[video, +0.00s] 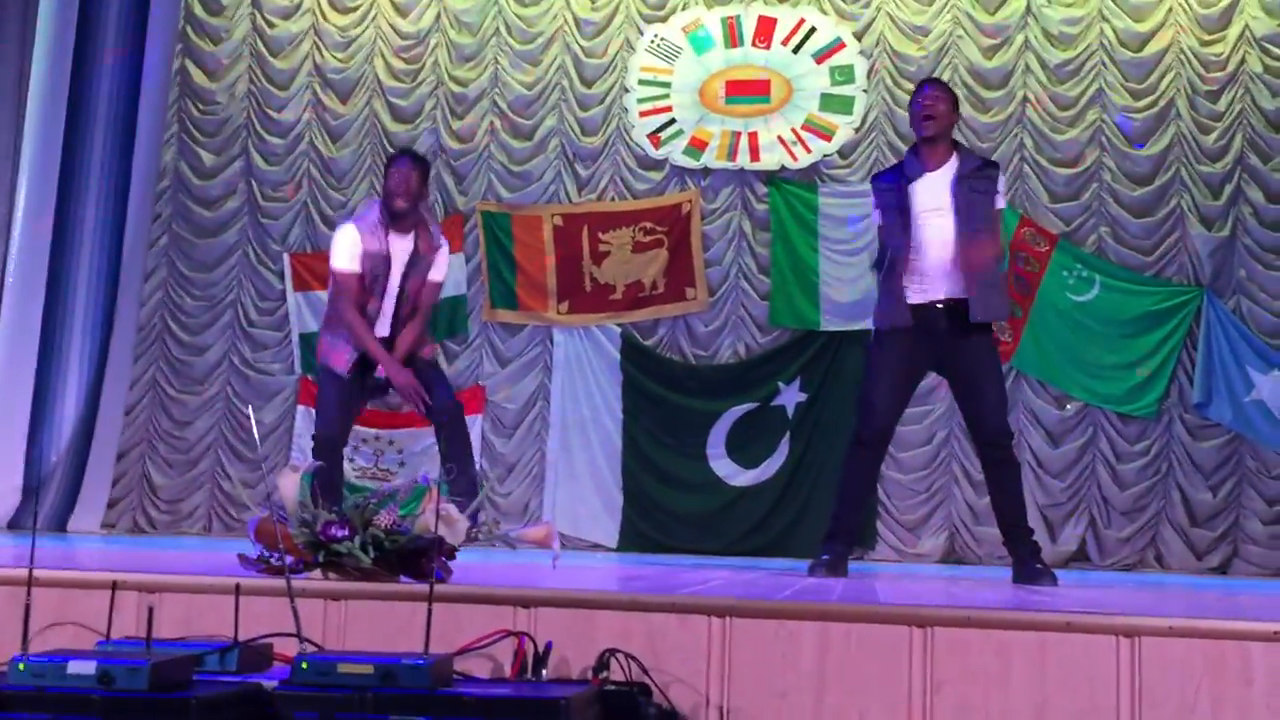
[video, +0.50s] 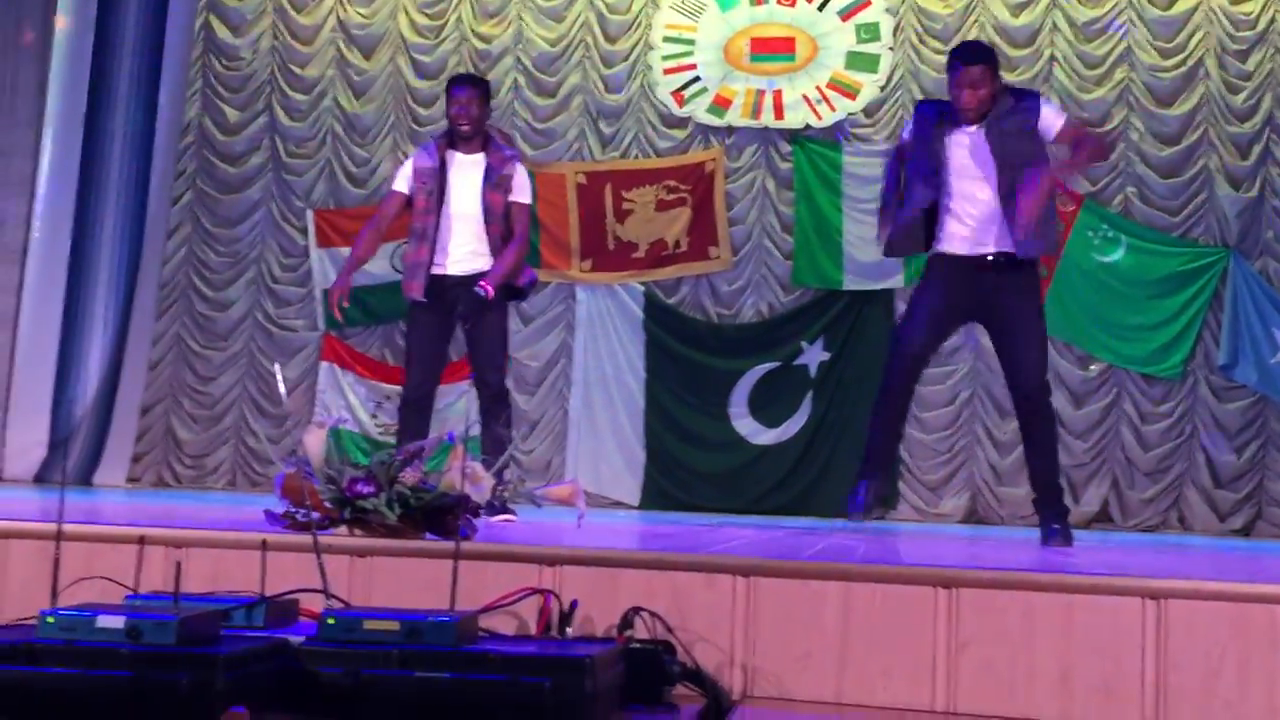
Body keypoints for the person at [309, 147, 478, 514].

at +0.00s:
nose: (402, 187)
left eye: (411, 180)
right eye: (395, 178)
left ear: (424, 189)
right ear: (383, 184)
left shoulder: (436, 246)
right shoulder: (352, 235)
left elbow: (421, 315)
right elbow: (347, 312)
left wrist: (392, 366)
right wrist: (391, 368)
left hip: (406, 348)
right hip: (350, 348)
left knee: (448, 410)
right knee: (329, 436)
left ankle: (465, 513)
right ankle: (329, 524)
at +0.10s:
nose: (420, 161)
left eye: (429, 154)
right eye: (413, 153)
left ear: (444, 158)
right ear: (403, 154)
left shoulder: (461, 214)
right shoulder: (372, 206)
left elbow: (458, 286)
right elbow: (350, 278)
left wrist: (432, 336)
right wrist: (378, 339)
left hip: (431, 329)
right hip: (378, 329)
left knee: (462, 417)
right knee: (353, 420)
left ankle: (478, 515)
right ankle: (340, 513)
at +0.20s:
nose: (442, 138)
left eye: (450, 131)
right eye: (435, 129)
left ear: (465, 137)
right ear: (423, 134)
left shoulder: (487, 192)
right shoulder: (399, 185)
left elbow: (496, 262)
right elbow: (359, 246)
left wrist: (470, 308)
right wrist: (354, 306)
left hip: (464, 314)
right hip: (407, 312)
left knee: (478, 409)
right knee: (377, 408)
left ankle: (491, 512)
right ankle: (354, 502)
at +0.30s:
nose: (445, 124)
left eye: (453, 116)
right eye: (437, 116)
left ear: (467, 121)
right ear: (427, 122)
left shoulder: (492, 176)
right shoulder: (404, 172)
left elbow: (504, 246)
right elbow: (362, 229)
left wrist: (473, 294)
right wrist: (325, 279)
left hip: (467, 299)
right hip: (412, 298)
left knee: (478, 399)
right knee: (387, 395)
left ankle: (488, 500)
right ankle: (369, 496)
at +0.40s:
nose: (457, 116)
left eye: (466, 108)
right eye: (450, 108)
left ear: (480, 113)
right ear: (440, 113)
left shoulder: (505, 168)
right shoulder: (417, 163)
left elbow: (516, 238)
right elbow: (376, 223)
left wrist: (486, 284)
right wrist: (333, 271)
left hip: (477, 290)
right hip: (423, 290)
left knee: (487, 390)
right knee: (410, 392)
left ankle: (493, 493)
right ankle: (401, 492)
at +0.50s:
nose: (462, 112)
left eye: (471, 105)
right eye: (455, 104)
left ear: (487, 111)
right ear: (446, 109)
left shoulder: (509, 166)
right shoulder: (422, 161)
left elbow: (521, 238)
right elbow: (381, 222)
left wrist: (492, 282)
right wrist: (345, 275)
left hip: (484, 288)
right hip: (429, 288)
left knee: (492, 387)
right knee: (417, 389)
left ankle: (495, 489)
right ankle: (404, 488)